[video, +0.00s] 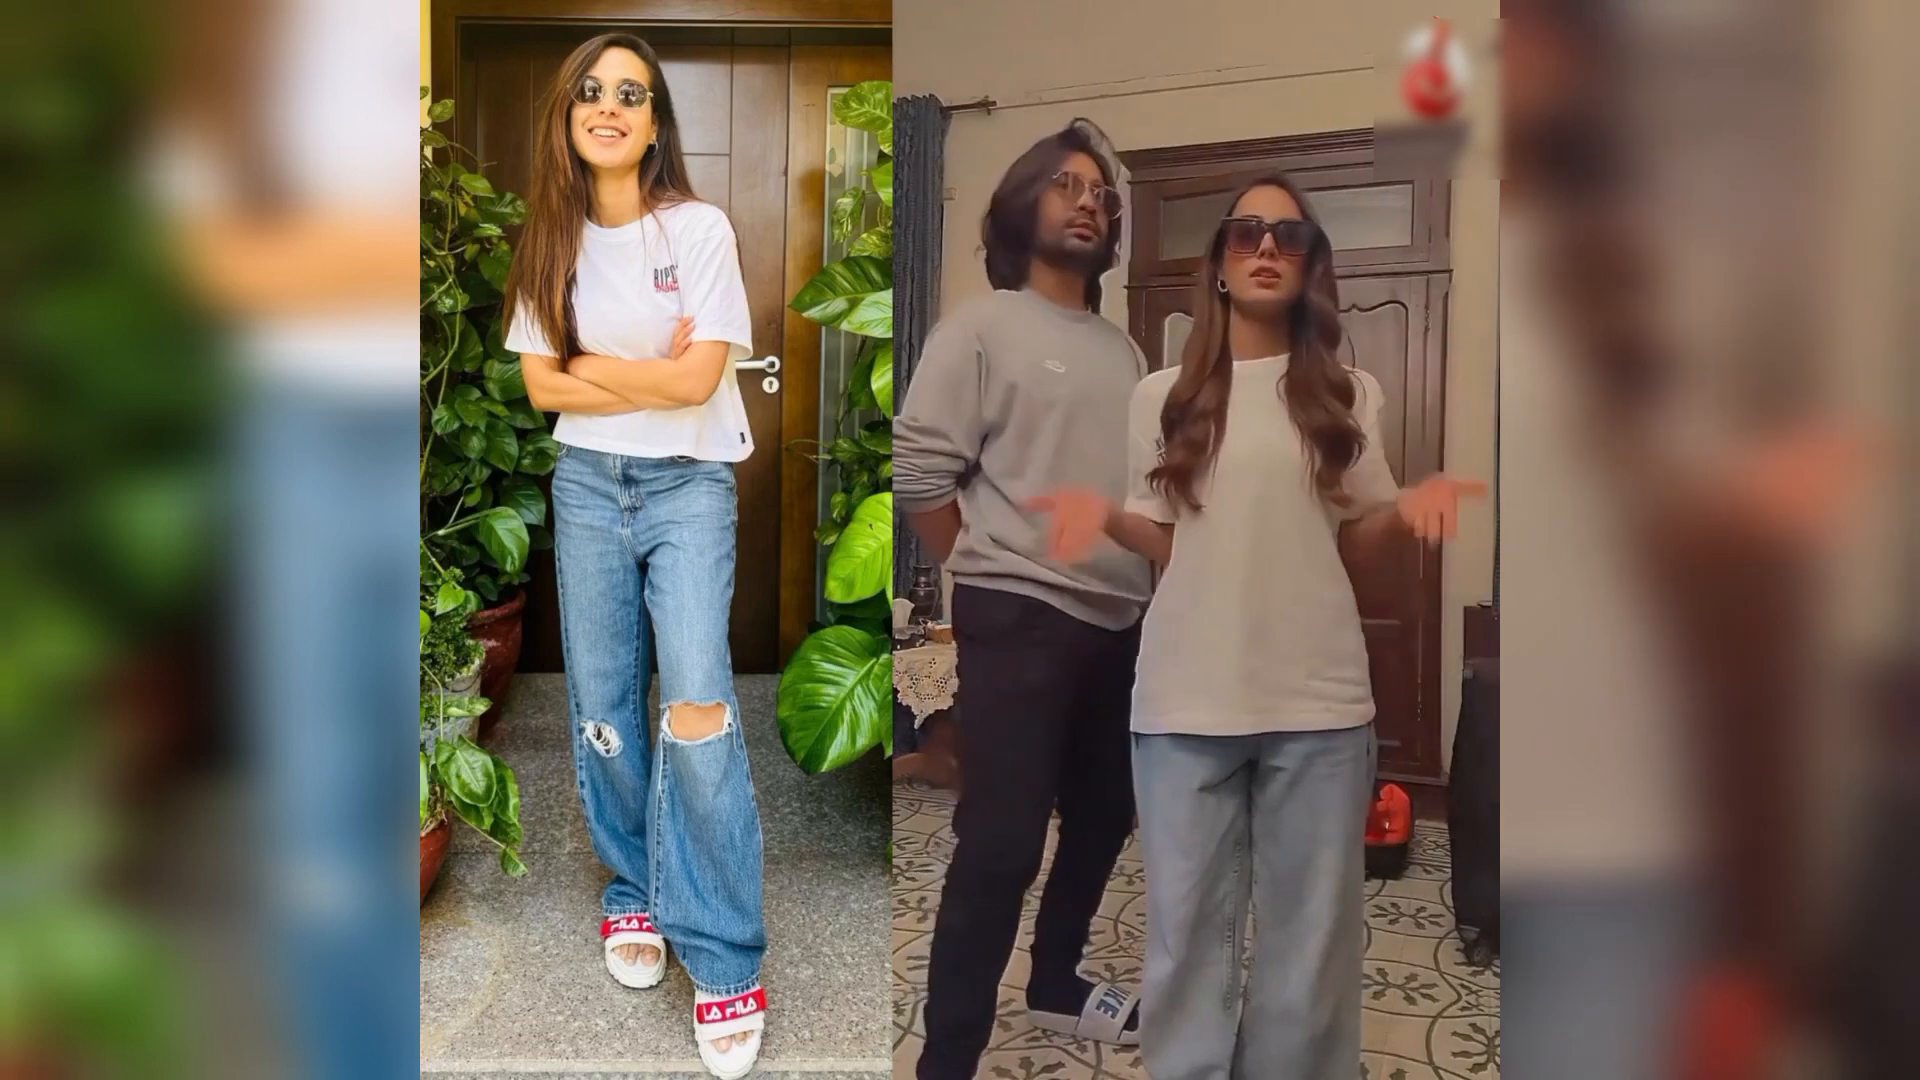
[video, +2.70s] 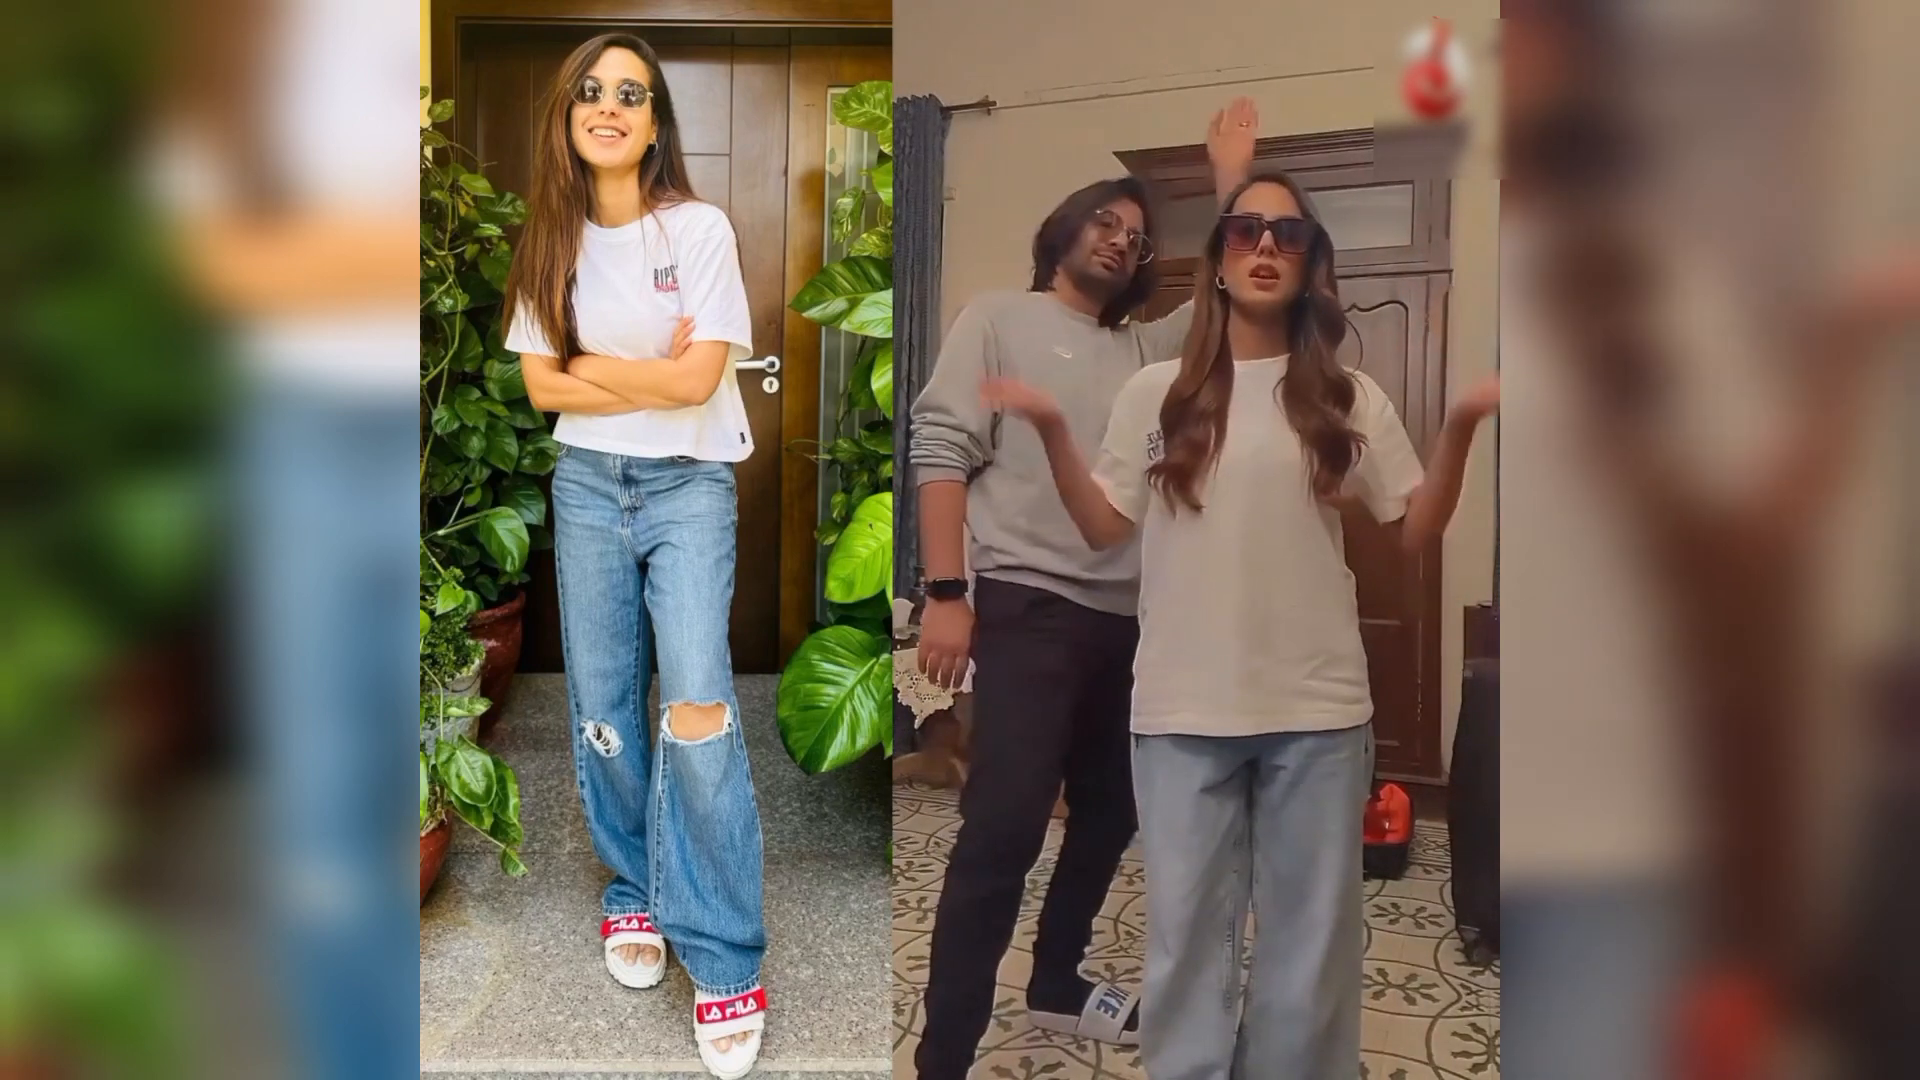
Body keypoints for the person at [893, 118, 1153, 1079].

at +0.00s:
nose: (1087, 204)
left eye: (1100, 193)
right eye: (1066, 187)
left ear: (1113, 222)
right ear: (1020, 205)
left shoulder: (1123, 350)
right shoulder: (978, 326)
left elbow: (1141, 484)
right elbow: (919, 478)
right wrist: (985, 587)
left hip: (1112, 618)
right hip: (1013, 610)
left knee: (1103, 812)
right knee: (1001, 842)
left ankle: (1055, 987)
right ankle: (948, 1061)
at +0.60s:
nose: (1109, 227)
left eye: (1119, 216)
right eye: (1087, 215)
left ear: (1131, 237)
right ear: (1046, 234)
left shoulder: (1152, 364)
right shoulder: (1000, 347)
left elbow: (1181, 503)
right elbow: (932, 468)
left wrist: (1184, 602)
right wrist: (876, 581)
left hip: (1123, 625)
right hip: (1017, 615)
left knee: (1114, 823)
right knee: (992, 831)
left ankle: (1057, 991)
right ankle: (943, 1060)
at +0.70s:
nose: (1107, 226)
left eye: (1116, 214)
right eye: (1085, 214)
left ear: (1128, 235)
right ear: (1044, 234)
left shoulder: (1153, 362)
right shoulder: (1009, 344)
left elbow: (1185, 492)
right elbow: (917, 450)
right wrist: (856, 484)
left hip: (1127, 614)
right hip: (1023, 598)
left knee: (1113, 815)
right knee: (991, 826)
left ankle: (1056, 992)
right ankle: (939, 1060)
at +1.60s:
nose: (1139, 227)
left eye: (1139, 216)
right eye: (1120, 212)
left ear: (1116, 238)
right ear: (1065, 223)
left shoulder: (1119, 356)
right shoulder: (997, 314)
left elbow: (1130, 485)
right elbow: (932, 451)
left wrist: (1155, 586)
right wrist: (943, 588)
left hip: (1114, 618)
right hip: (1023, 610)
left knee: (1093, 817)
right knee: (1001, 837)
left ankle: (1056, 991)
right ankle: (948, 1059)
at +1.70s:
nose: (1135, 232)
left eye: (1137, 221)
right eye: (1120, 216)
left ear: (1126, 244)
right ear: (1065, 224)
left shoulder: (1128, 348)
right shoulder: (998, 311)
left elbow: (1199, 402)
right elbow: (934, 450)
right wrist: (941, 593)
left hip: (1119, 619)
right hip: (1023, 612)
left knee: (1091, 817)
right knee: (999, 838)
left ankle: (1056, 993)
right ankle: (947, 1062)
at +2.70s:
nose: (1122, 241)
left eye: (1136, 236)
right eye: (1108, 221)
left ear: (1140, 260)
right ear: (1067, 225)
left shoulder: (1144, 348)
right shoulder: (996, 318)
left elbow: (1236, 310)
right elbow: (940, 451)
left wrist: (1235, 192)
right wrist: (947, 592)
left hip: (1126, 616)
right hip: (1023, 604)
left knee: (1106, 820)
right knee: (1001, 837)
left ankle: (1056, 989)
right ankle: (942, 1062)